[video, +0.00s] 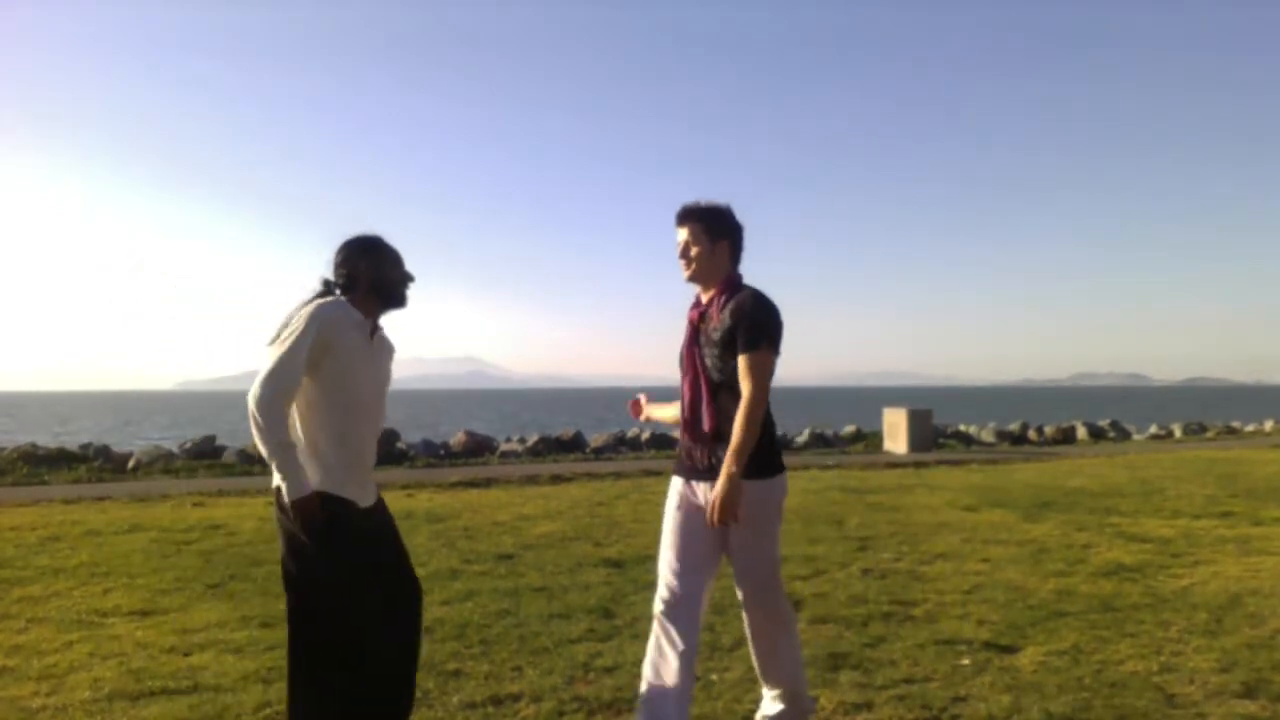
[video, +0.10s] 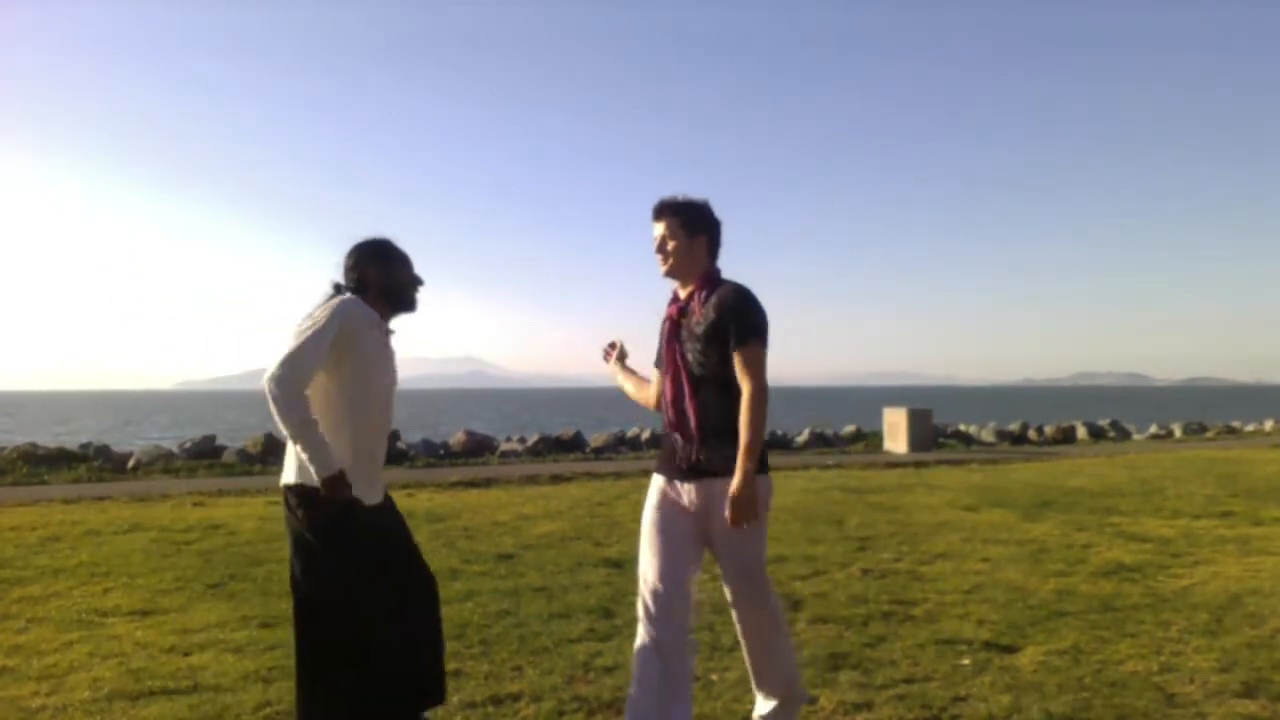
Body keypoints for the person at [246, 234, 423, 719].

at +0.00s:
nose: (408, 276)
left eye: (403, 266)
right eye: (395, 264)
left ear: (370, 274)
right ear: (362, 270)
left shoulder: (380, 346)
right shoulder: (324, 314)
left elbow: (351, 421)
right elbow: (265, 400)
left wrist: (363, 486)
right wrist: (297, 488)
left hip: (366, 509)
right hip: (320, 507)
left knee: (402, 605)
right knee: (331, 636)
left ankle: (387, 711)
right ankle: (326, 712)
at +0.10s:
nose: (416, 277)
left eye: (412, 268)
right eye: (405, 266)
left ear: (373, 275)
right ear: (371, 273)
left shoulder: (375, 331)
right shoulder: (343, 311)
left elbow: (342, 403)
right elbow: (283, 382)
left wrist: (366, 475)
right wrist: (326, 469)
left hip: (367, 499)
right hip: (328, 500)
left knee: (417, 597)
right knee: (342, 626)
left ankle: (405, 705)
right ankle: (345, 709)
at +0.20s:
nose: (426, 279)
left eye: (421, 269)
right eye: (414, 268)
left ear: (383, 275)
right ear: (383, 273)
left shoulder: (382, 323)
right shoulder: (366, 308)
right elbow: (309, 361)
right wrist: (370, 430)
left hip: (366, 487)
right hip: (334, 487)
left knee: (425, 591)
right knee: (348, 616)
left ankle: (434, 702)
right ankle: (350, 711)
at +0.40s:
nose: (441, 276)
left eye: (436, 266)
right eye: (429, 266)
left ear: (389, 275)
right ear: (397, 271)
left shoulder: (369, 322)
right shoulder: (394, 313)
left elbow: (330, 411)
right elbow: (391, 379)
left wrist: (335, 479)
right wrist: (479, 355)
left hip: (354, 488)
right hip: (374, 491)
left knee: (440, 595)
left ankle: (447, 705)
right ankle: (367, 713)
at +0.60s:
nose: (460, 274)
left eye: (456, 265)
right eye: (450, 265)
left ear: (413, 278)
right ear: (419, 274)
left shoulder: (397, 325)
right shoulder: (418, 319)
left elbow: (354, 406)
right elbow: (464, 369)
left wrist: (353, 474)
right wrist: (521, 299)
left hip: (391, 485)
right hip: (406, 489)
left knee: (456, 593)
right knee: (403, 606)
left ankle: (440, 704)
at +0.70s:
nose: (468, 275)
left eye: (464, 267)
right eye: (458, 267)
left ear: (419, 279)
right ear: (426, 275)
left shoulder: (406, 328)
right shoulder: (428, 321)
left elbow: (368, 403)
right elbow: (486, 364)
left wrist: (369, 465)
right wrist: (527, 284)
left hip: (413, 483)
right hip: (422, 486)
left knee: (469, 592)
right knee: (425, 600)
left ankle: (447, 702)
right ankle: (377, 707)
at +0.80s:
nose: (473, 280)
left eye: (471, 270)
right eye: (464, 271)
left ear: (427, 283)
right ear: (433, 279)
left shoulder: (413, 331)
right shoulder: (437, 329)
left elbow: (384, 406)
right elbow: (501, 364)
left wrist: (395, 462)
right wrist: (535, 289)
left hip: (427, 482)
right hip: (435, 486)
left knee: (481, 605)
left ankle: (467, 703)